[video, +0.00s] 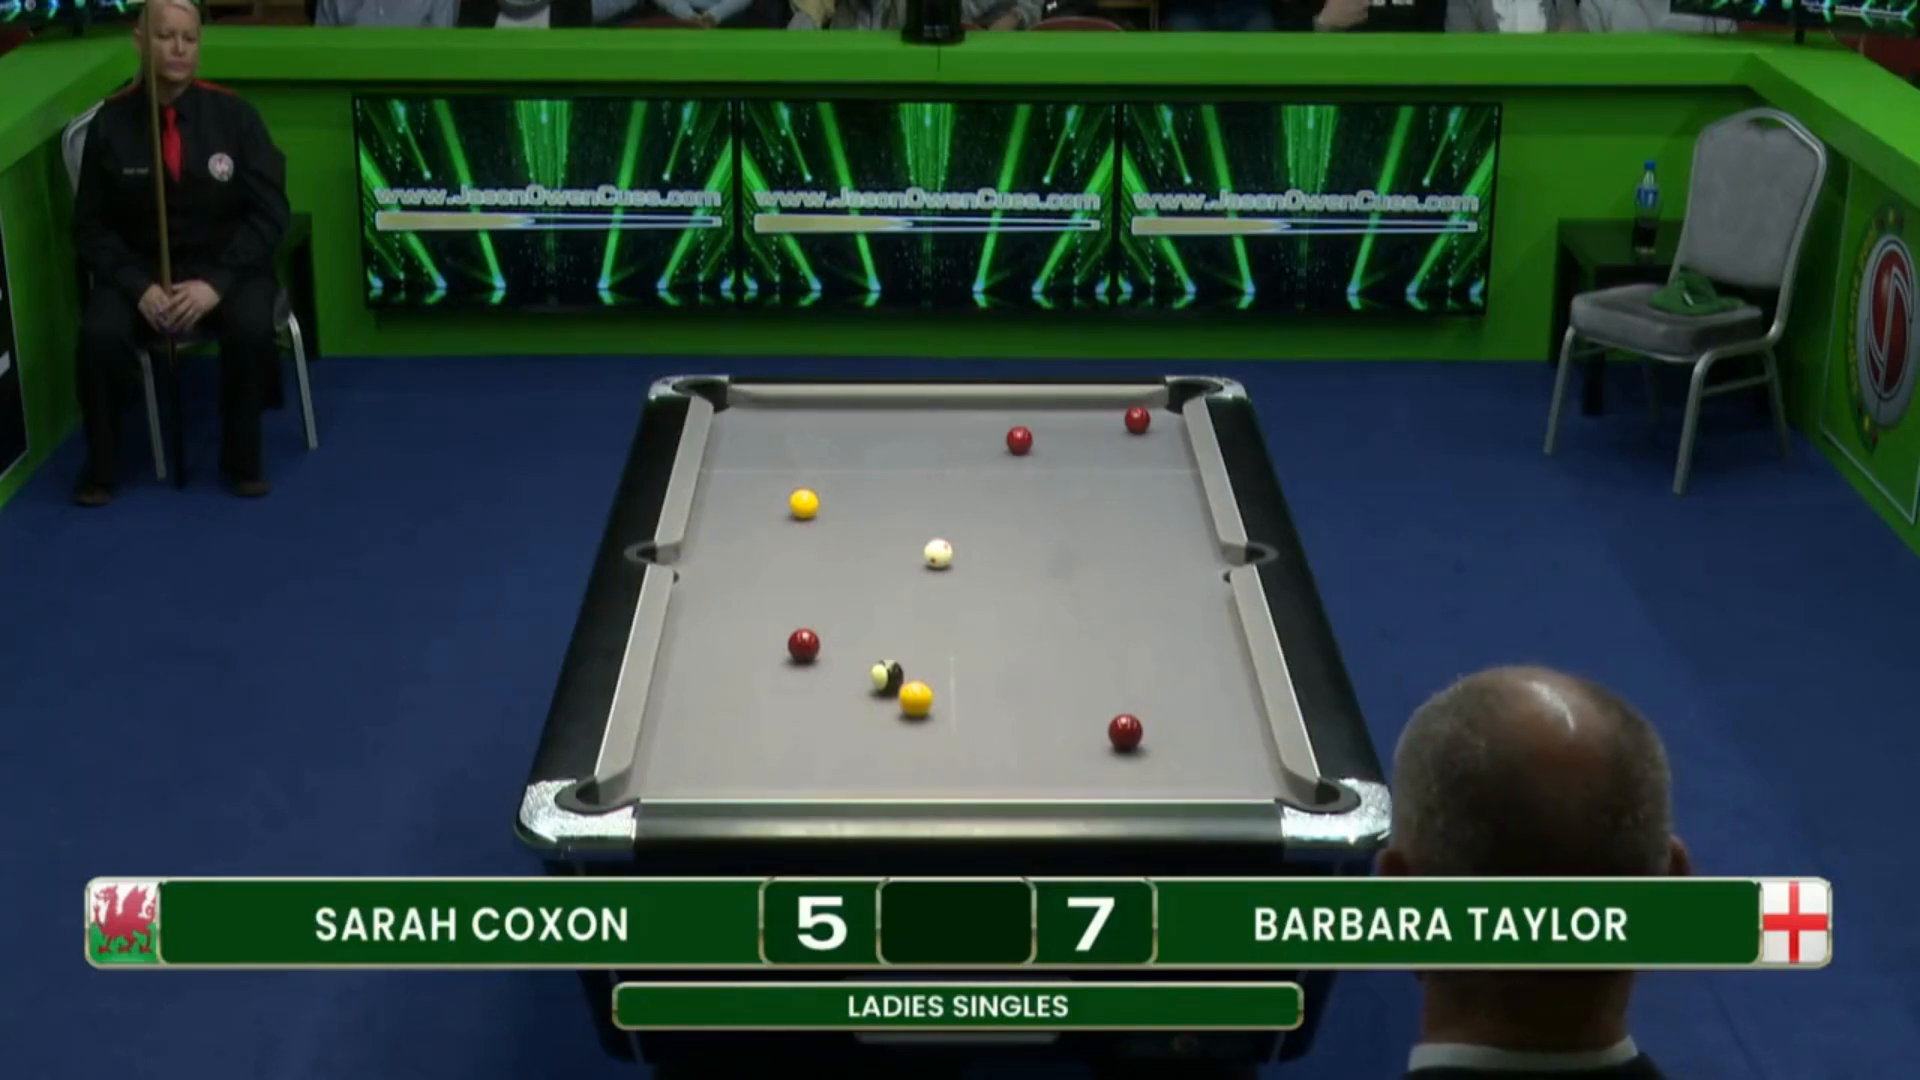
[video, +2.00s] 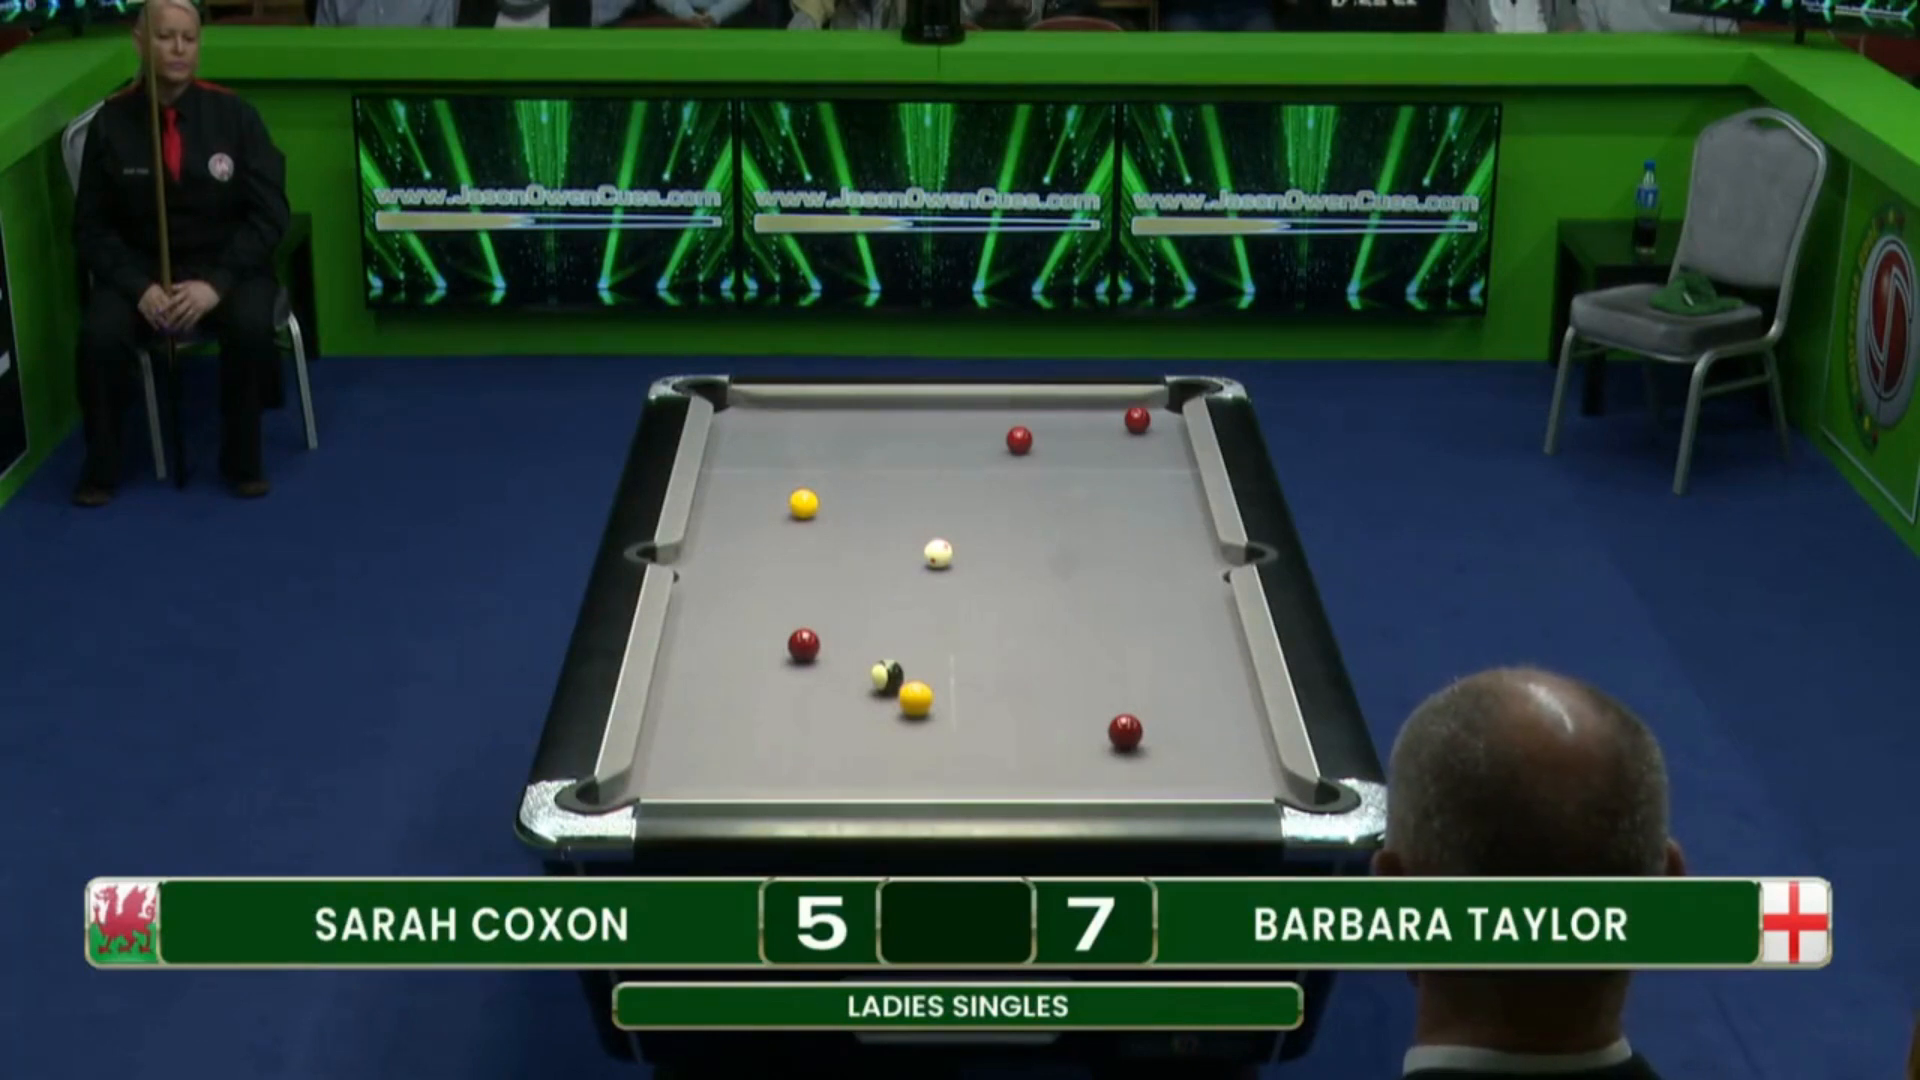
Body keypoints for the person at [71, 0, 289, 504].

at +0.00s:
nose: (179, 48)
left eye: (189, 38)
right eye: (165, 37)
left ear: (199, 44)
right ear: (141, 42)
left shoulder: (234, 115)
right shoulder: (111, 121)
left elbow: (269, 214)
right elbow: (90, 226)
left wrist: (214, 283)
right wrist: (140, 287)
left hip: (221, 267)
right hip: (138, 273)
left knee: (249, 329)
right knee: (100, 335)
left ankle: (244, 462)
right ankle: (101, 467)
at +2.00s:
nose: (179, 49)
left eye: (189, 38)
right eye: (165, 37)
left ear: (199, 44)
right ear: (140, 41)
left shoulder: (234, 115)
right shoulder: (111, 121)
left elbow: (269, 215)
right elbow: (91, 226)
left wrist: (214, 284)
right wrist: (140, 287)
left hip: (221, 268)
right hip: (139, 274)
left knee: (248, 328)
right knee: (101, 336)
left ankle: (243, 463)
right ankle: (101, 469)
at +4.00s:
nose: (180, 49)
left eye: (189, 38)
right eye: (166, 37)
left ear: (199, 45)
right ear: (140, 42)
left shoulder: (235, 116)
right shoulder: (111, 122)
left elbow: (269, 215)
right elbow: (90, 227)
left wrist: (214, 284)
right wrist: (140, 286)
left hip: (221, 267)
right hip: (138, 273)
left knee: (248, 327)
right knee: (100, 334)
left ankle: (243, 462)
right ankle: (101, 467)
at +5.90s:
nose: (180, 49)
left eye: (189, 38)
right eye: (166, 37)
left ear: (199, 44)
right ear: (141, 42)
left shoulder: (234, 115)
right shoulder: (110, 122)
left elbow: (269, 214)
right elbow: (90, 226)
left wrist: (214, 283)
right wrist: (140, 286)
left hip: (220, 267)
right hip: (138, 273)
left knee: (249, 328)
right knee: (100, 334)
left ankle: (243, 462)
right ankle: (102, 466)